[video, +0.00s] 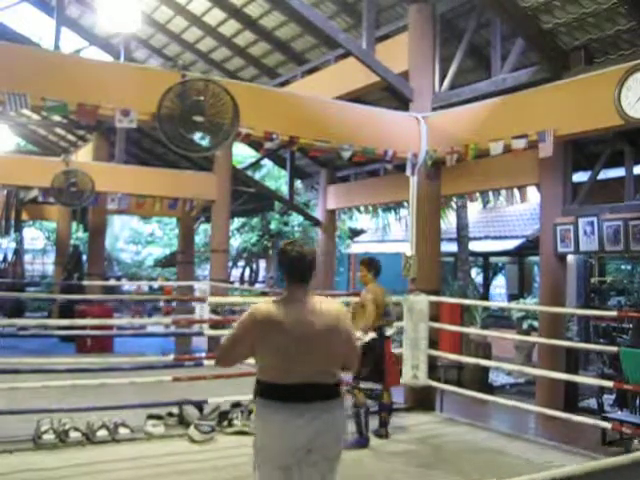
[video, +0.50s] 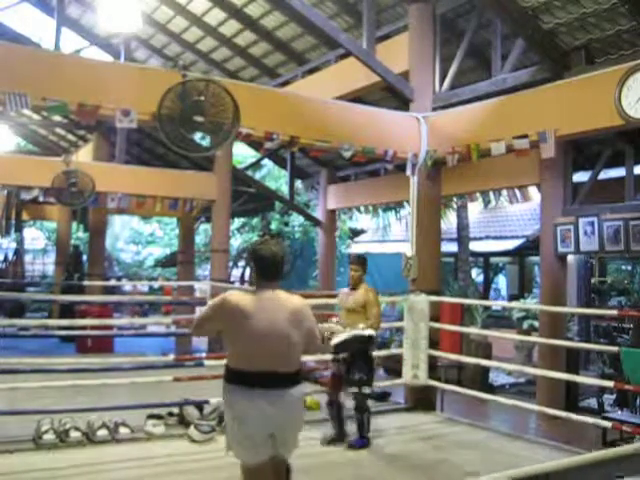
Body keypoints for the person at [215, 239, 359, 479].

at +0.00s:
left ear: (281, 272)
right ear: (313, 271)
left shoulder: (261, 315)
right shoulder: (335, 313)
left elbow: (224, 358)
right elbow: (351, 362)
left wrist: (261, 341)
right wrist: (321, 349)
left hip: (275, 417)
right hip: (327, 415)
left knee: (273, 475)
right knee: (321, 475)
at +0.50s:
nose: (249, 270)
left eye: (250, 266)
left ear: (252, 270)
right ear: (282, 270)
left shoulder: (232, 303)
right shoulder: (298, 306)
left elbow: (200, 328)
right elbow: (313, 345)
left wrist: (232, 324)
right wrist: (283, 339)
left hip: (244, 398)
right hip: (288, 396)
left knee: (254, 468)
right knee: (280, 462)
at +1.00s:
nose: (238, 264)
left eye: (239, 261)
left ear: (241, 263)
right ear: (269, 266)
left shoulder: (225, 297)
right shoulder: (281, 300)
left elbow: (190, 329)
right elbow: (295, 344)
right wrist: (266, 346)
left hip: (233, 378)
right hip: (273, 377)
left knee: (211, 449)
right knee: (258, 448)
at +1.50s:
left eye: (202, 266)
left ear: (200, 268)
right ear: (226, 268)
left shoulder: (186, 298)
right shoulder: (240, 297)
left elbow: (157, 329)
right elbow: (255, 331)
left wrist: (184, 327)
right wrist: (228, 327)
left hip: (196, 373)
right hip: (233, 372)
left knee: (196, 445)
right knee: (235, 442)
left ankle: (196, 475)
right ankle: (239, 473)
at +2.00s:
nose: (179, 267)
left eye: (180, 264)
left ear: (182, 267)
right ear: (207, 268)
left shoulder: (168, 296)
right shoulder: (221, 298)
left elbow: (147, 325)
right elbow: (241, 332)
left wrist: (171, 323)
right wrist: (218, 325)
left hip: (177, 361)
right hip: (212, 362)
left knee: (184, 425)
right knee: (206, 423)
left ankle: (195, 467)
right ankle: (205, 468)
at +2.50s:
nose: (218, 266)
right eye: (217, 263)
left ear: (194, 266)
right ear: (216, 266)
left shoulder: (180, 293)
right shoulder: (228, 295)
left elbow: (158, 320)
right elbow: (243, 331)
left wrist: (181, 315)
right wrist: (222, 323)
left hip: (186, 353)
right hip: (219, 354)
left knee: (177, 412)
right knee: (207, 418)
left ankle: (175, 467)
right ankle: (200, 471)